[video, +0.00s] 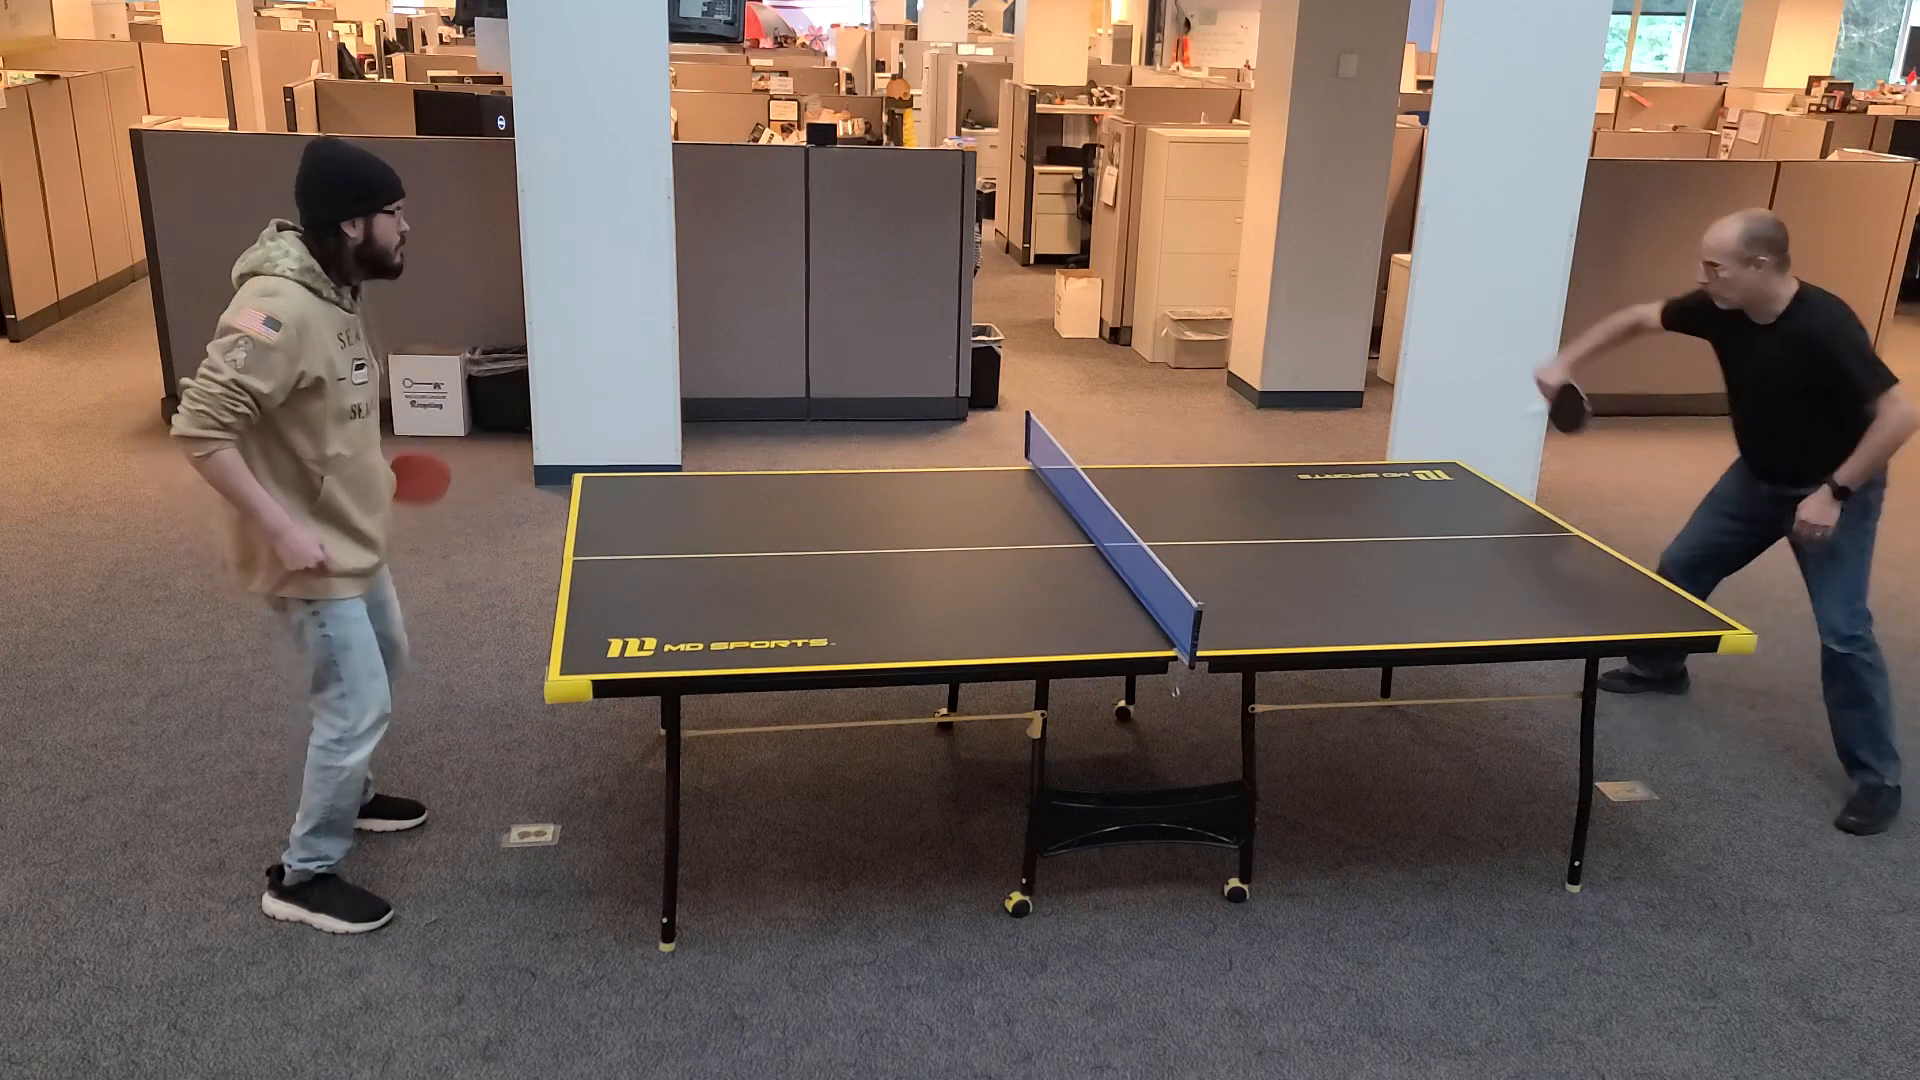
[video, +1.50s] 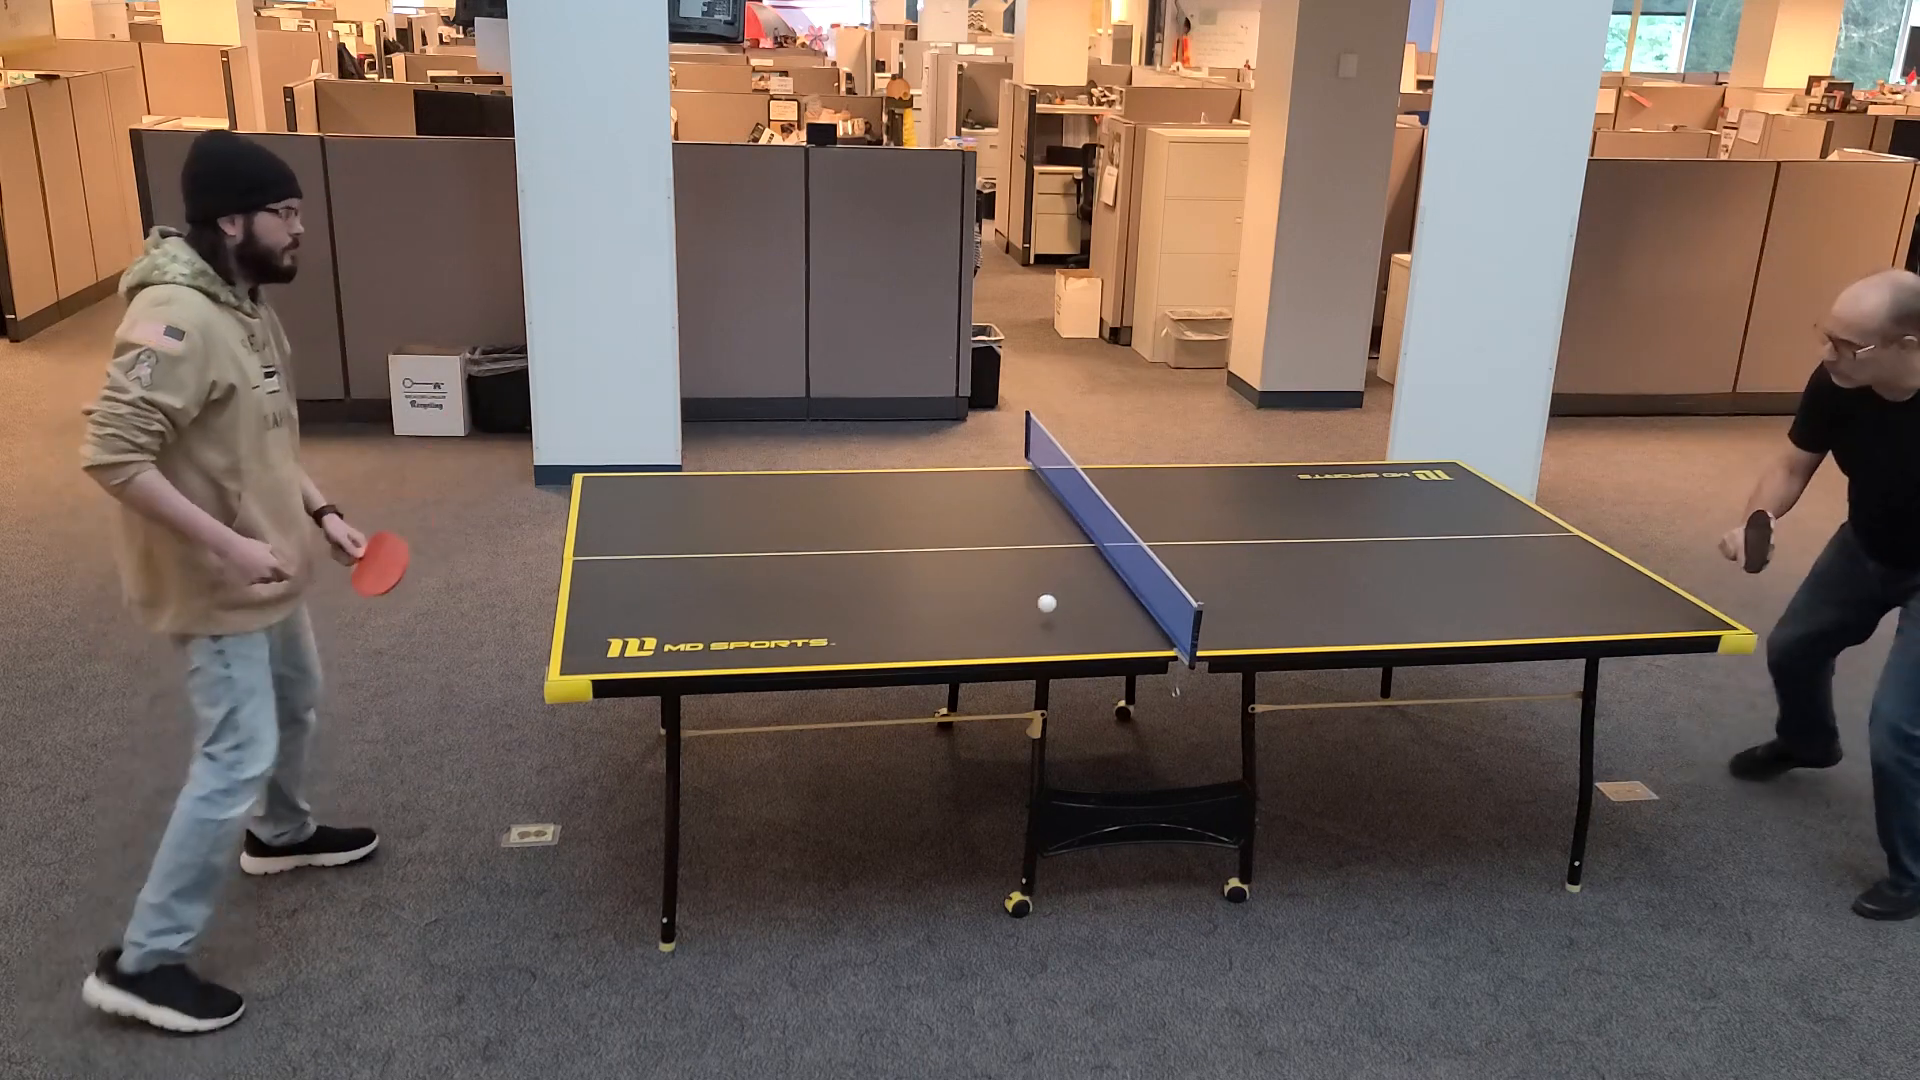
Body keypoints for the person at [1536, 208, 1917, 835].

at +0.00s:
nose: (1704, 277)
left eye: (1716, 267)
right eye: (1703, 265)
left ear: (1763, 267)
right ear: (1748, 266)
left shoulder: (1825, 323)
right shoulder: (1719, 311)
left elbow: (1901, 412)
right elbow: (1637, 319)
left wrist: (1834, 490)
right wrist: (1563, 361)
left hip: (1838, 491)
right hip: (1761, 477)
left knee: (1844, 632)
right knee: (1679, 567)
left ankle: (1876, 777)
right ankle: (1660, 665)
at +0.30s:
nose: (1677, 239)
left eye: (1689, 229)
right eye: (1676, 227)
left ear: (1735, 232)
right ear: (1707, 231)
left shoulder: (1792, 296)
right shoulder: (1688, 287)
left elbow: (1844, 393)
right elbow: (1615, 322)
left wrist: (1775, 463)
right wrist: (1548, 352)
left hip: (1807, 459)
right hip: (1734, 453)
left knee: (1808, 607)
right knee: (1667, 559)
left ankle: (1836, 749)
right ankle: (1659, 663)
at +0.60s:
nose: (1701, 262)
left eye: (1714, 251)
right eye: (1701, 250)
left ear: (1764, 254)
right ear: (1749, 255)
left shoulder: (1823, 319)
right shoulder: (1731, 316)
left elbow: (1874, 422)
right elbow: (1705, 389)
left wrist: (1787, 481)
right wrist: (1666, 428)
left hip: (1837, 486)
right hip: (1762, 475)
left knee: (1812, 636)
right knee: (1693, 572)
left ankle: (1851, 775)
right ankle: (1662, 667)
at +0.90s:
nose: (1741, 266)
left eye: (1755, 255)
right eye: (1740, 254)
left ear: (1807, 257)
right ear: (1792, 259)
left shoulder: (1872, 321)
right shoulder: (1777, 320)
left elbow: (1919, 423)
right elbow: (1767, 400)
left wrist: (1852, 491)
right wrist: (1740, 453)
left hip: (1894, 500)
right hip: (1823, 493)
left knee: (1854, 646)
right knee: (1773, 615)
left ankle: (1902, 793)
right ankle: (1805, 741)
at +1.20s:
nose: (1802, 311)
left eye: (1818, 300)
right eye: (1801, 297)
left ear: (1875, 301)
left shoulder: (1914, 370)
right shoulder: (1828, 363)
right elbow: (1801, 452)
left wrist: (1899, 559)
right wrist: (1773, 512)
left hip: (1914, 569)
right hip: (1846, 549)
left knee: (1871, 715)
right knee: (1776, 651)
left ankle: (1908, 871)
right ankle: (1796, 748)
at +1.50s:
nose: (1827, 354)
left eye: (1844, 345)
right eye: (1827, 338)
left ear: (1902, 346)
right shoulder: (1837, 384)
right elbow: (1794, 465)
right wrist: (1757, 516)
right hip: (1870, 547)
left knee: (1896, 726)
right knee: (1792, 648)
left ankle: (1910, 874)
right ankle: (1808, 742)